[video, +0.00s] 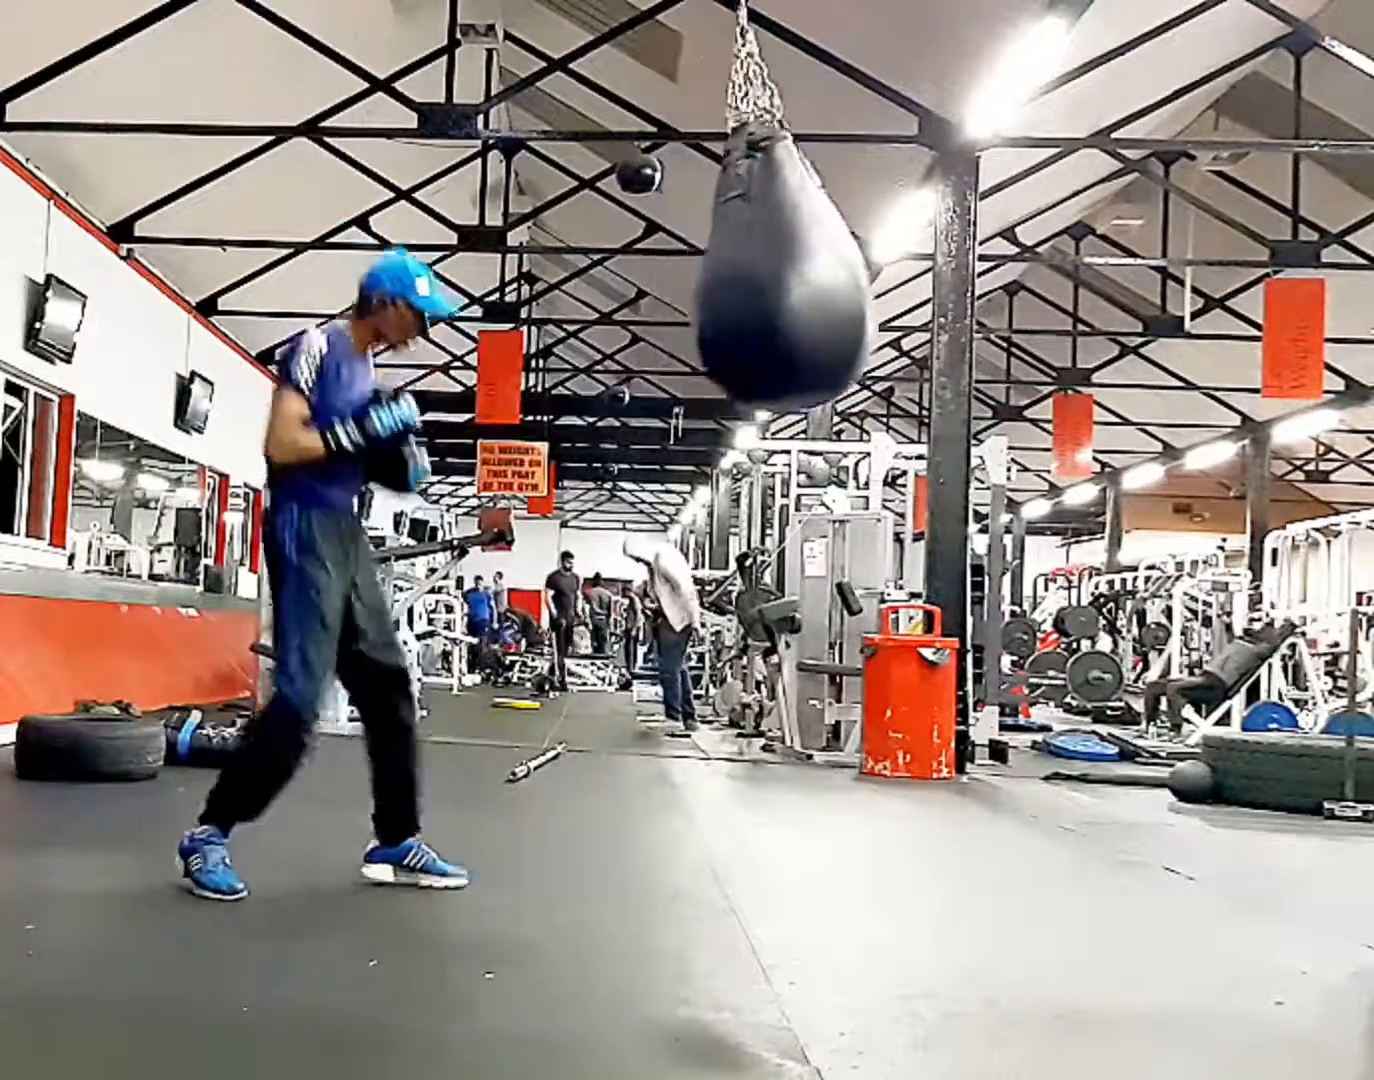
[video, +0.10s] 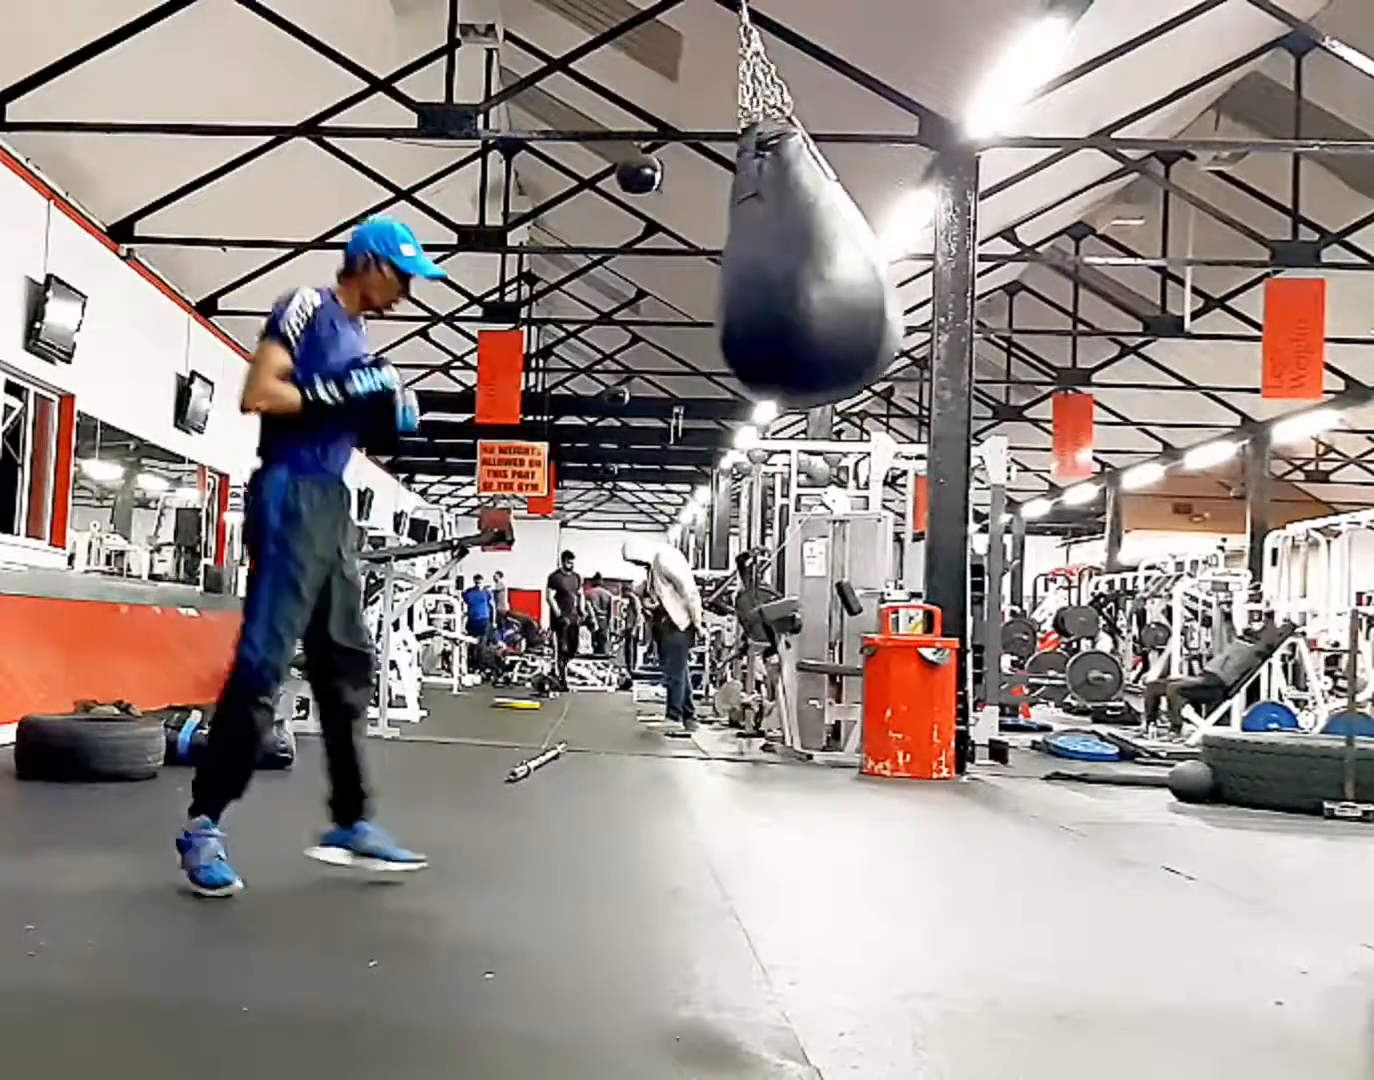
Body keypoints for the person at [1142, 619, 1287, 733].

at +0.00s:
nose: (1263, 628)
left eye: (1268, 627)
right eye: (1266, 626)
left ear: (1269, 637)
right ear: (1259, 631)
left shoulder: (1261, 650)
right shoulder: (1238, 642)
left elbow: (1276, 642)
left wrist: (1288, 628)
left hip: (1217, 684)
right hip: (1202, 677)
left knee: (1174, 689)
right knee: (1152, 688)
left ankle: (1176, 731)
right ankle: (1147, 729)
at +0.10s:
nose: (1261, 631)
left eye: (1263, 629)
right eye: (1262, 629)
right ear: (1255, 635)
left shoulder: (1258, 650)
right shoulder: (1235, 643)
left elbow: (1271, 643)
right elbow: (1225, 627)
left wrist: (1287, 628)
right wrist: (1220, 609)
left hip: (1217, 683)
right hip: (1202, 677)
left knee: (1174, 689)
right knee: (1152, 688)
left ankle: (1176, 731)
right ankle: (1148, 728)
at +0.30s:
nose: (1249, 629)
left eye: (1256, 627)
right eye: (1251, 625)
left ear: (1257, 636)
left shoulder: (1255, 651)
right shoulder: (1235, 644)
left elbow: (1267, 628)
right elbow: (1235, 627)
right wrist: (1230, 606)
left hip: (1218, 682)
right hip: (1204, 677)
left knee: (1174, 688)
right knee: (1153, 687)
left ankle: (1176, 730)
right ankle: (1149, 727)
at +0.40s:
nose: (1243, 628)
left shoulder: (1254, 652)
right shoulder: (1234, 645)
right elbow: (1236, 629)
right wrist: (1231, 607)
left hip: (1218, 681)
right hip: (1204, 676)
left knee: (1174, 689)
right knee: (1153, 688)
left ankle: (1175, 731)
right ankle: (1148, 727)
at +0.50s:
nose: (1253, 626)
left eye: (1256, 627)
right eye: (1254, 624)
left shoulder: (1256, 650)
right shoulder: (1239, 643)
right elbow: (1237, 631)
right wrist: (1230, 607)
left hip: (1218, 681)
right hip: (1205, 675)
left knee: (1173, 689)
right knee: (1153, 687)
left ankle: (1176, 729)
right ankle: (1149, 725)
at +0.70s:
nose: (1257, 617)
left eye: (1261, 613)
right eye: (1257, 614)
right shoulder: (1244, 644)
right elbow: (1237, 631)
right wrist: (1230, 605)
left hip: (1216, 683)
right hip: (1205, 677)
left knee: (1172, 690)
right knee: (1152, 688)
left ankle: (1176, 729)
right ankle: (1149, 727)